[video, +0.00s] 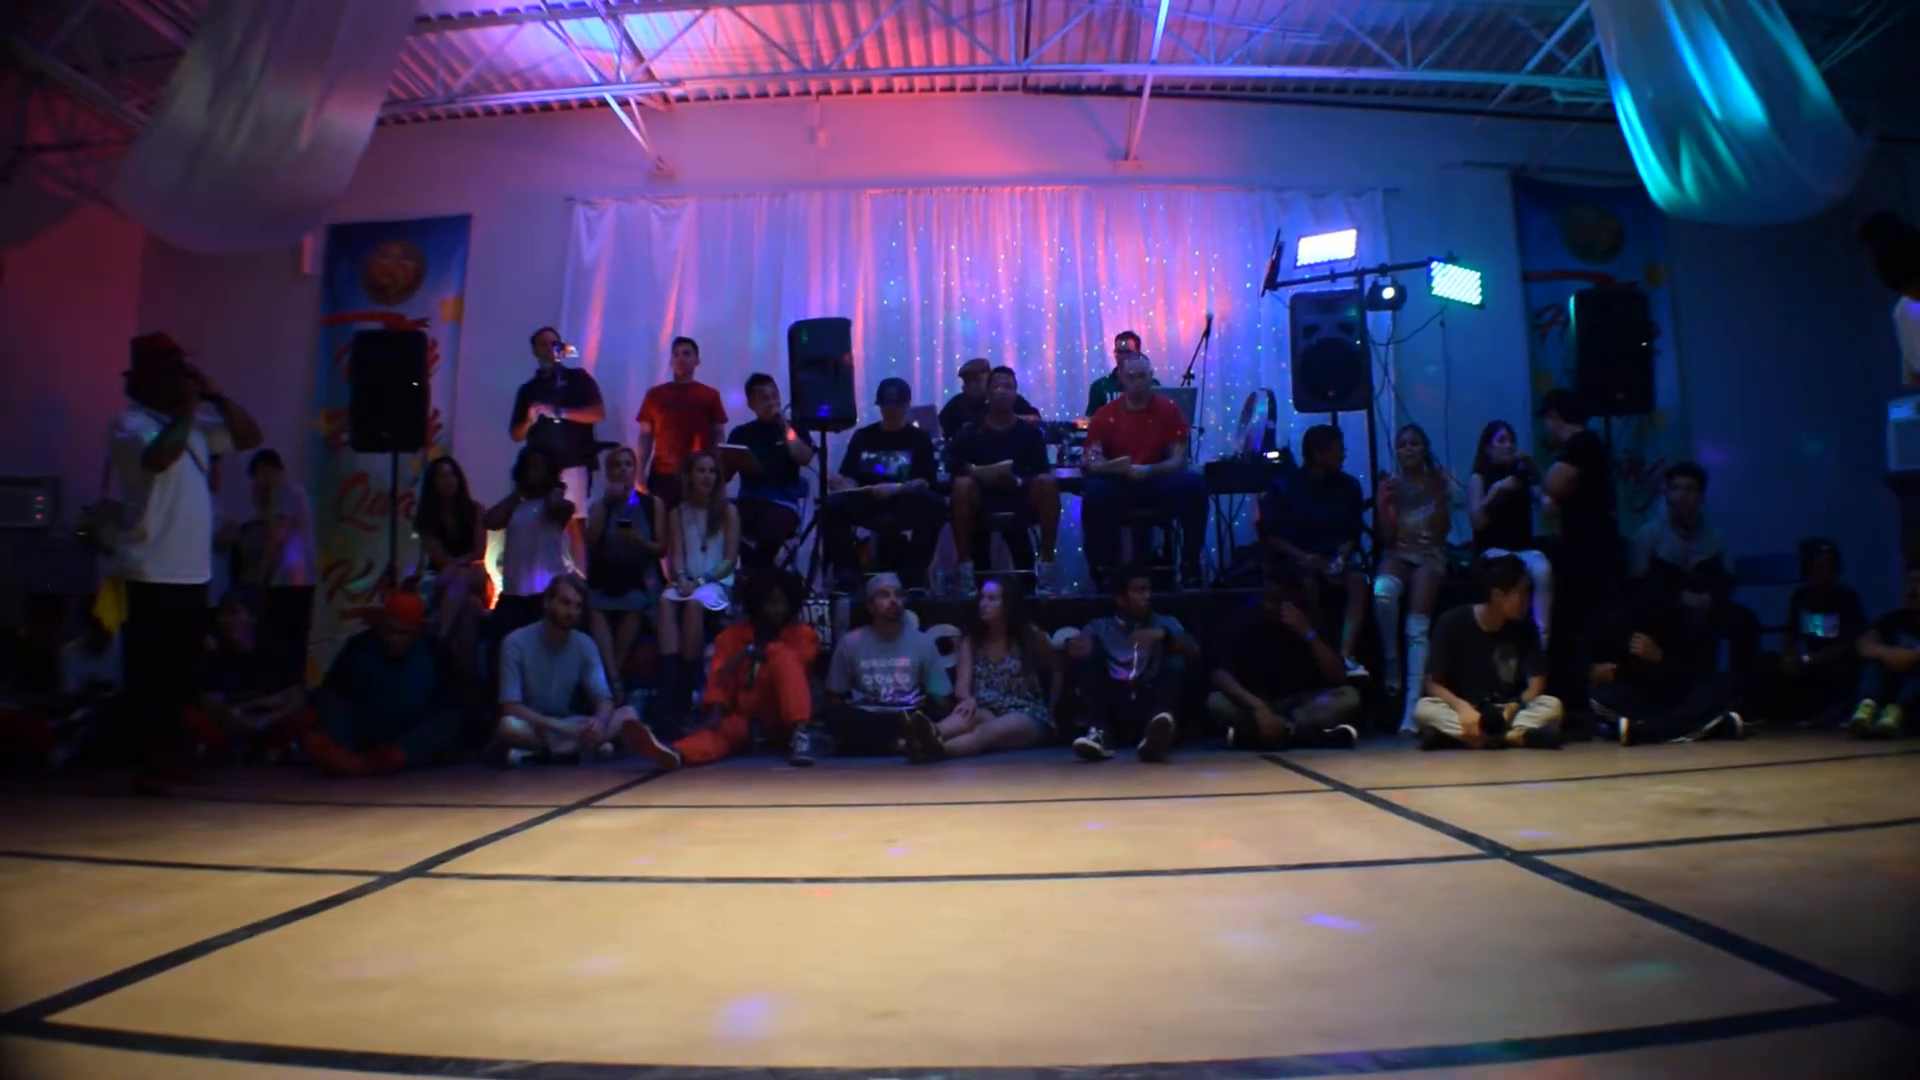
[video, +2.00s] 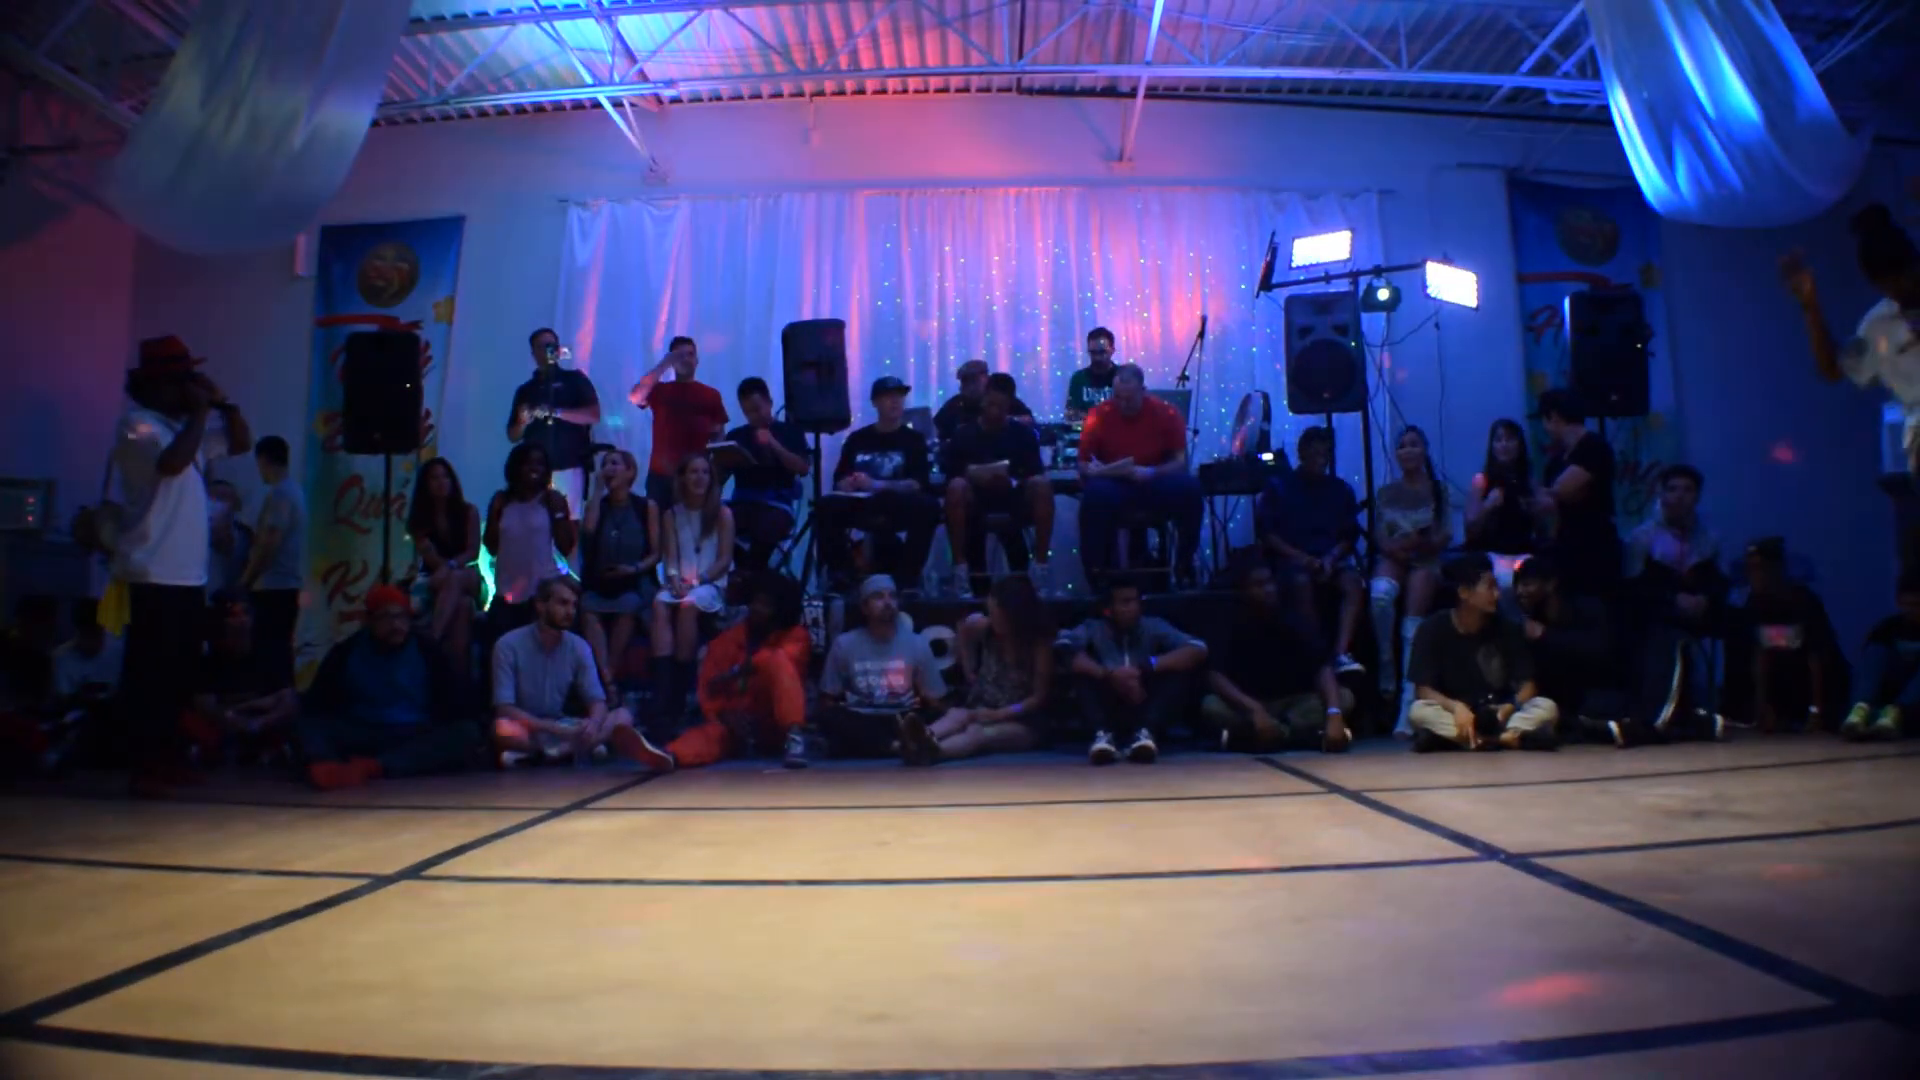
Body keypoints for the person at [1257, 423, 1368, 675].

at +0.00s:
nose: (1343, 454)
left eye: (1342, 448)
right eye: (1336, 449)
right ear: (1317, 453)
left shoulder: (1348, 486)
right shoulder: (1287, 484)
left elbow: (1354, 532)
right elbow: (1270, 534)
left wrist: (1341, 558)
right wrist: (1304, 557)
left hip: (1334, 558)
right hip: (1296, 559)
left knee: (1359, 581)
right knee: (1307, 584)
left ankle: (1346, 655)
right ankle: (1314, 656)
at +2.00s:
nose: (1321, 460)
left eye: (1325, 454)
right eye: (1315, 453)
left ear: (1330, 456)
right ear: (1302, 454)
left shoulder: (1339, 488)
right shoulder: (1282, 487)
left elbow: (1351, 533)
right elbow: (1269, 534)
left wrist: (1332, 558)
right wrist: (1305, 560)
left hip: (1331, 558)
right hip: (1296, 558)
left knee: (1353, 583)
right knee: (1300, 584)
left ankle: (1342, 653)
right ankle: (1314, 656)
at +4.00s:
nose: (1303, 449)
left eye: (1310, 444)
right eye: (1300, 443)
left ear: (1326, 452)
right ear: (1296, 449)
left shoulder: (1341, 488)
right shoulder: (1281, 484)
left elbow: (1338, 535)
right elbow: (1265, 532)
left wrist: (1327, 572)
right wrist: (1303, 554)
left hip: (1326, 557)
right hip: (1291, 557)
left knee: (1352, 583)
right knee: (1307, 577)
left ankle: (1355, 657)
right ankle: (1319, 658)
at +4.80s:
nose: (1294, 446)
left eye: (1301, 442)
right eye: (1295, 441)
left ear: (1320, 451)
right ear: (1295, 445)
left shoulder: (1340, 487)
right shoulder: (1279, 480)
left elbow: (1338, 536)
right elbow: (1264, 529)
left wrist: (1327, 572)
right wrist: (1298, 550)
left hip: (1324, 557)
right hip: (1288, 556)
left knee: (1351, 583)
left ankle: (1348, 658)